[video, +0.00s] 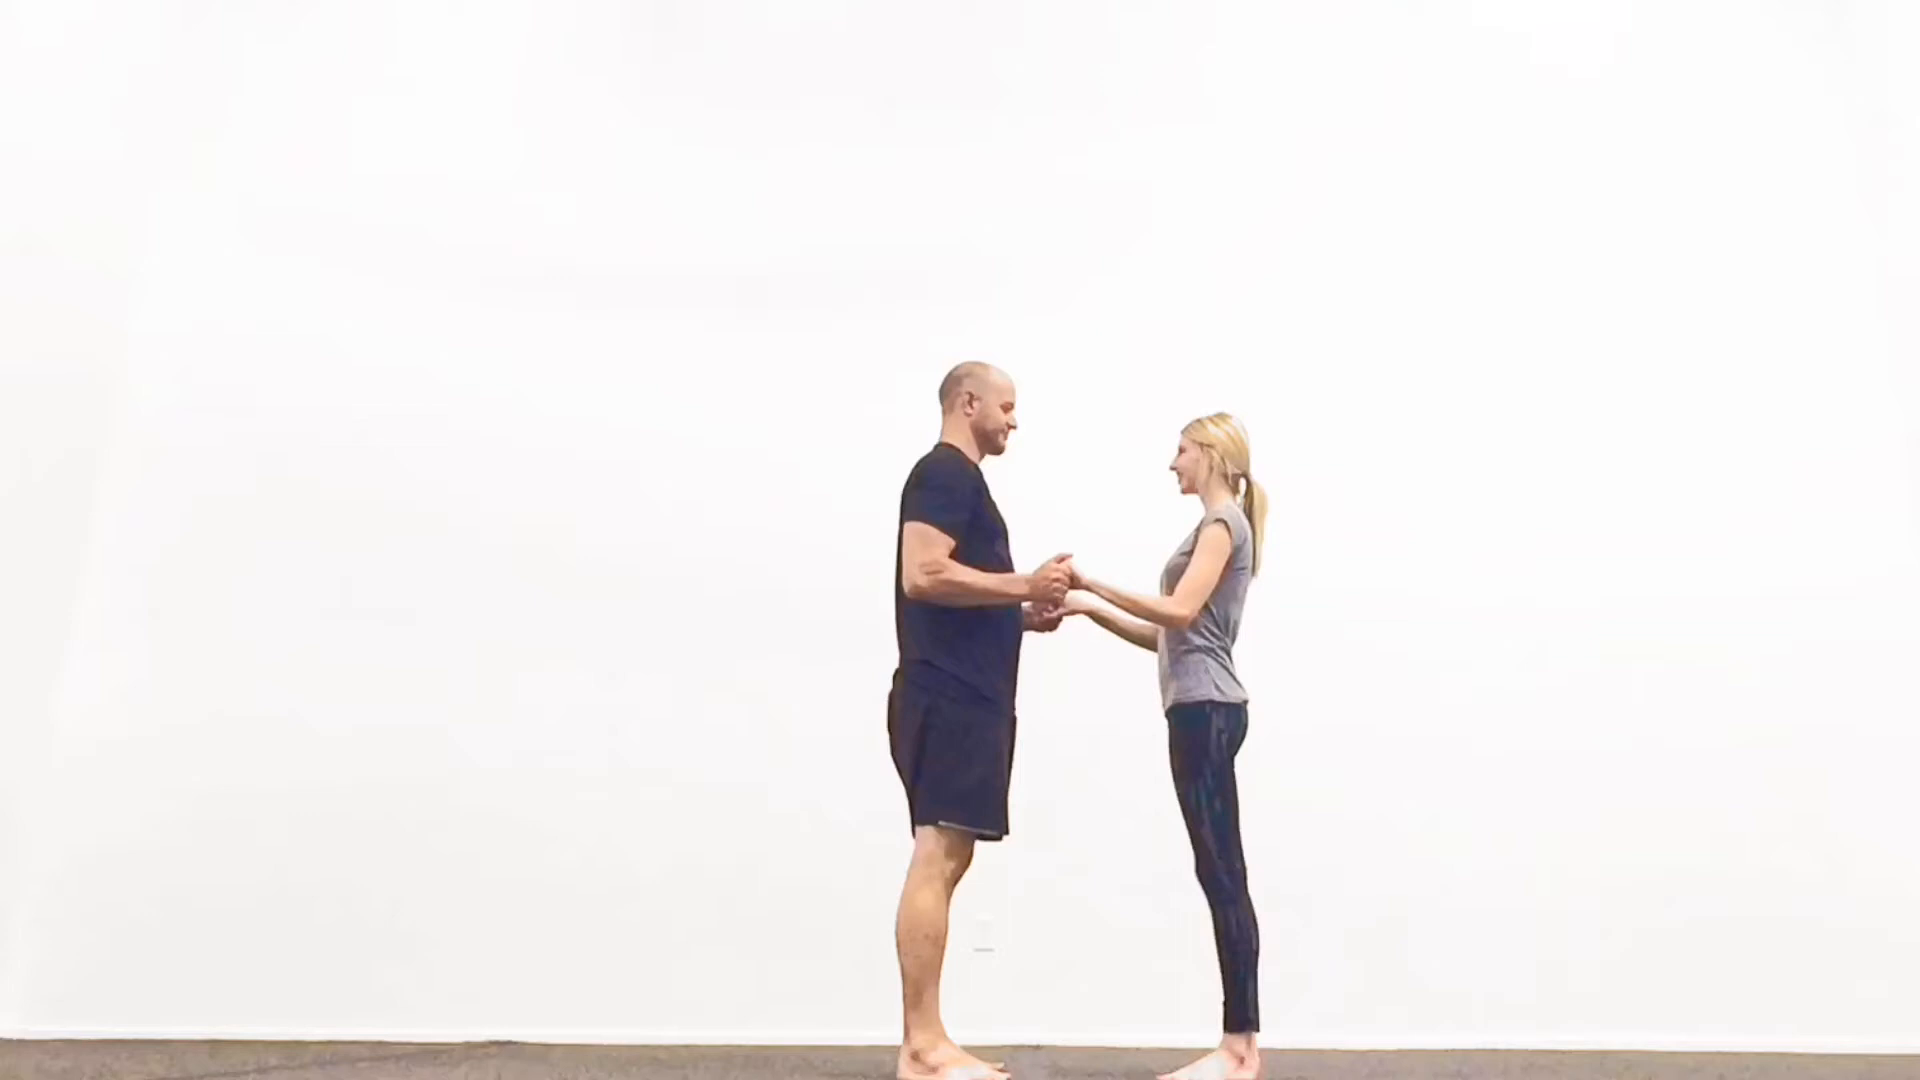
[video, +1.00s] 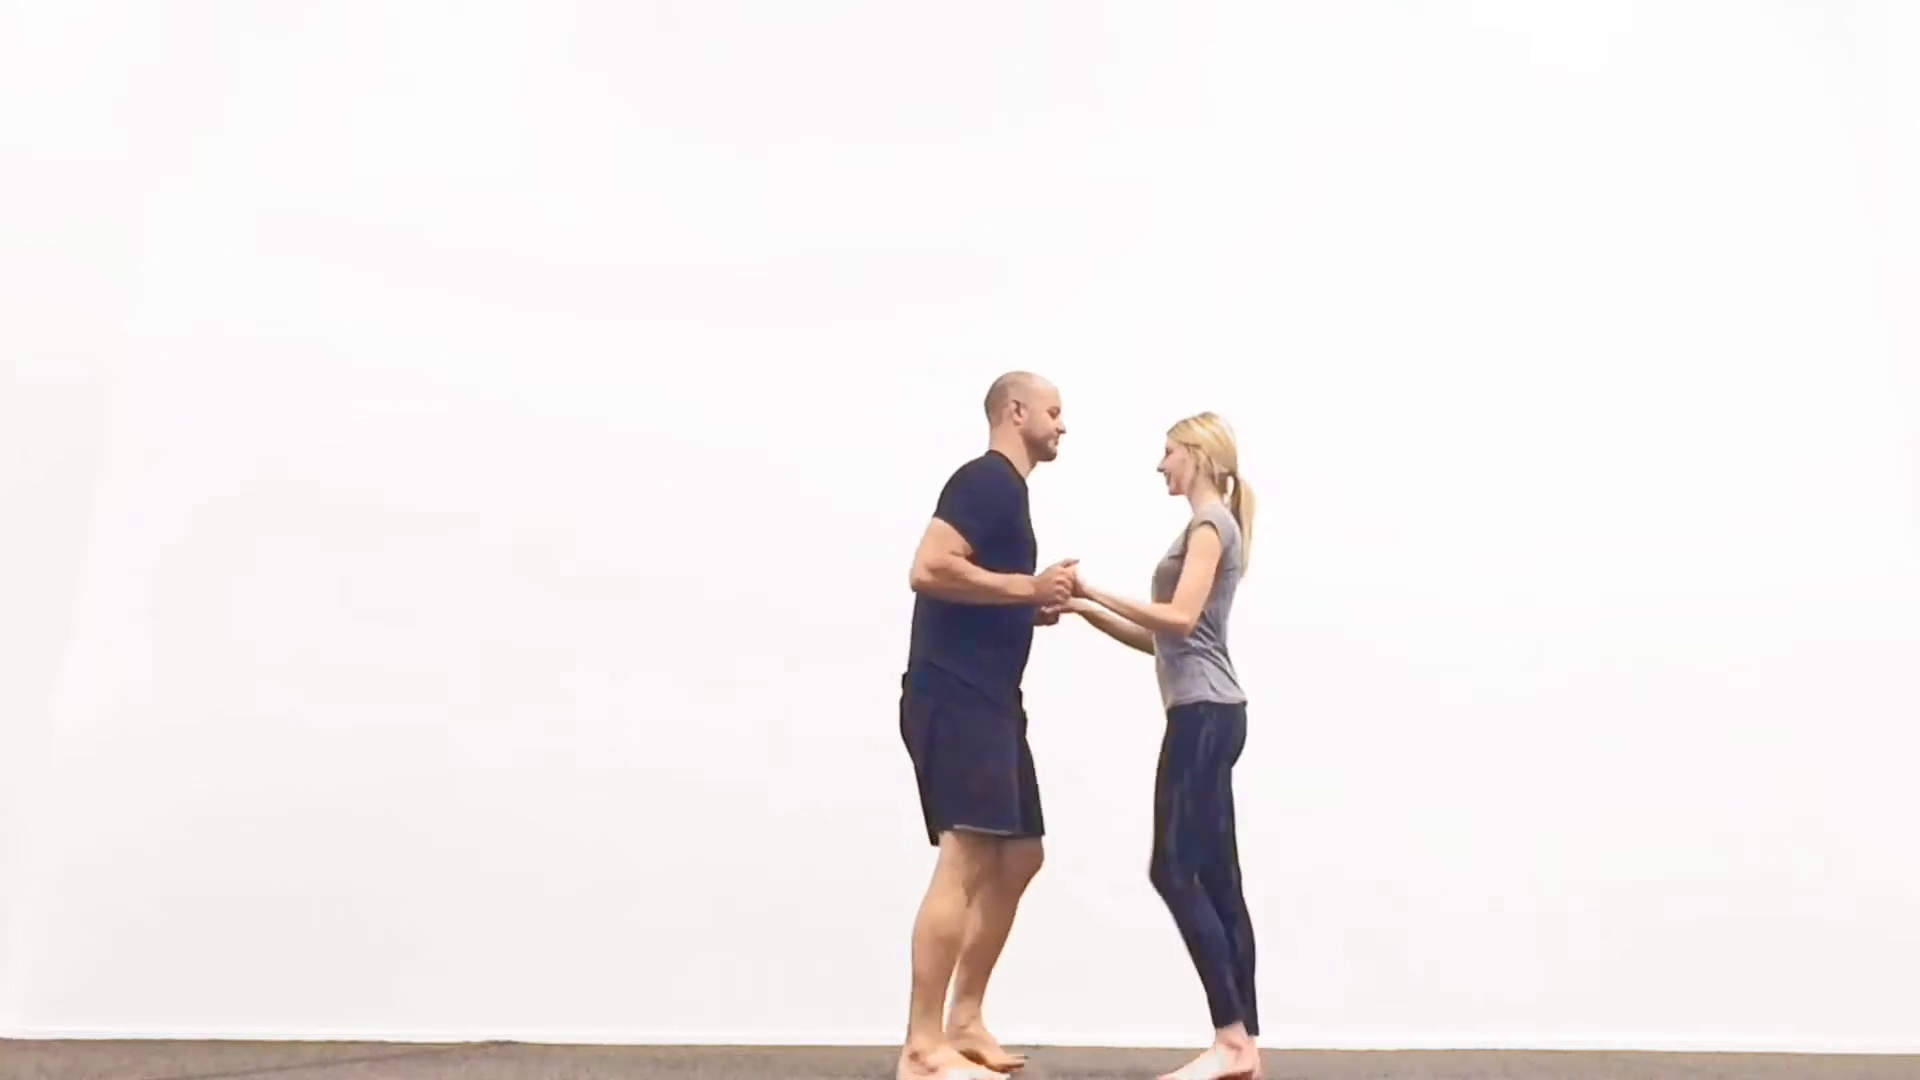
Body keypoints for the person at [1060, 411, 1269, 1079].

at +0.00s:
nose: (1175, 460)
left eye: (1183, 449)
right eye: (1178, 449)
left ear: (1211, 456)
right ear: (1216, 459)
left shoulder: (1221, 522)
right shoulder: (1215, 530)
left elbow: (1180, 610)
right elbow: (1166, 641)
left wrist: (1091, 585)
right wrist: (1092, 606)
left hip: (1205, 705)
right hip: (1198, 705)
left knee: (1220, 874)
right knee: (1220, 875)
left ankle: (1239, 1047)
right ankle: (1240, 1044)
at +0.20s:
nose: (1172, 461)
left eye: (1180, 450)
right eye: (1175, 451)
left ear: (1209, 457)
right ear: (1213, 460)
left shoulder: (1221, 522)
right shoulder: (1212, 531)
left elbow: (1178, 612)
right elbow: (1163, 642)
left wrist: (1088, 583)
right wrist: (1089, 605)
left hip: (1204, 707)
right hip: (1195, 708)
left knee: (1223, 876)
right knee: (1223, 876)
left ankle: (1239, 1048)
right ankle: (1241, 1045)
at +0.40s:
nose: (1166, 462)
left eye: (1175, 450)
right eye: (1170, 451)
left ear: (1206, 456)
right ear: (1211, 459)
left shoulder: (1215, 523)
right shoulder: (1207, 531)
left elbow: (1178, 612)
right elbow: (1160, 639)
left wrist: (1089, 585)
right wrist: (1087, 604)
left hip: (1201, 708)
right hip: (1193, 709)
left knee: (1221, 878)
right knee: (1222, 879)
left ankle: (1239, 1048)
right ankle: (1241, 1045)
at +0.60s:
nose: (1164, 461)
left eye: (1173, 450)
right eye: (1167, 450)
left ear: (1203, 456)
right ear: (1208, 459)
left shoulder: (1209, 522)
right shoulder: (1205, 528)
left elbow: (1168, 610)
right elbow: (1154, 637)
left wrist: (1082, 579)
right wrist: (1082, 600)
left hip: (1196, 708)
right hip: (1191, 708)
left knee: (1219, 878)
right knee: (1220, 878)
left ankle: (1238, 1048)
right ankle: (1241, 1045)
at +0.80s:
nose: (1159, 462)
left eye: (1167, 450)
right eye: (1162, 451)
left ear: (1197, 455)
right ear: (1203, 458)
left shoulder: (1205, 522)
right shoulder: (1201, 528)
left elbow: (1166, 613)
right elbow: (1152, 638)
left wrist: (1079, 582)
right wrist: (1079, 604)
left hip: (1191, 708)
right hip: (1186, 708)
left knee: (1215, 876)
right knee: (1216, 877)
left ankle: (1238, 1047)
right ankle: (1240, 1044)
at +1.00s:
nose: (1160, 463)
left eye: (1168, 451)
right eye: (1163, 452)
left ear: (1196, 455)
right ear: (1205, 459)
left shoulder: (1209, 522)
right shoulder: (1210, 530)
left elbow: (1183, 617)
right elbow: (1161, 641)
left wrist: (1095, 593)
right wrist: (1086, 607)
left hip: (1203, 710)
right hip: (1209, 709)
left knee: (1172, 869)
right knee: (1218, 874)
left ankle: (1232, 1039)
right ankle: (1243, 1039)